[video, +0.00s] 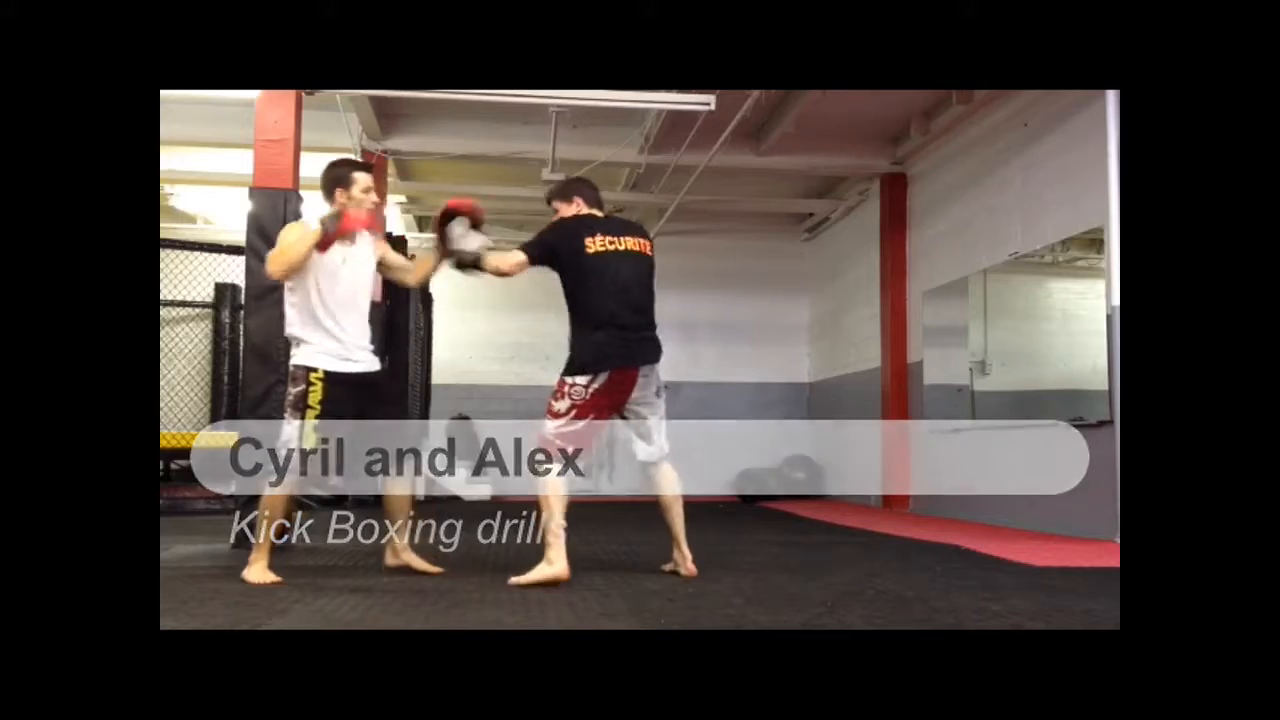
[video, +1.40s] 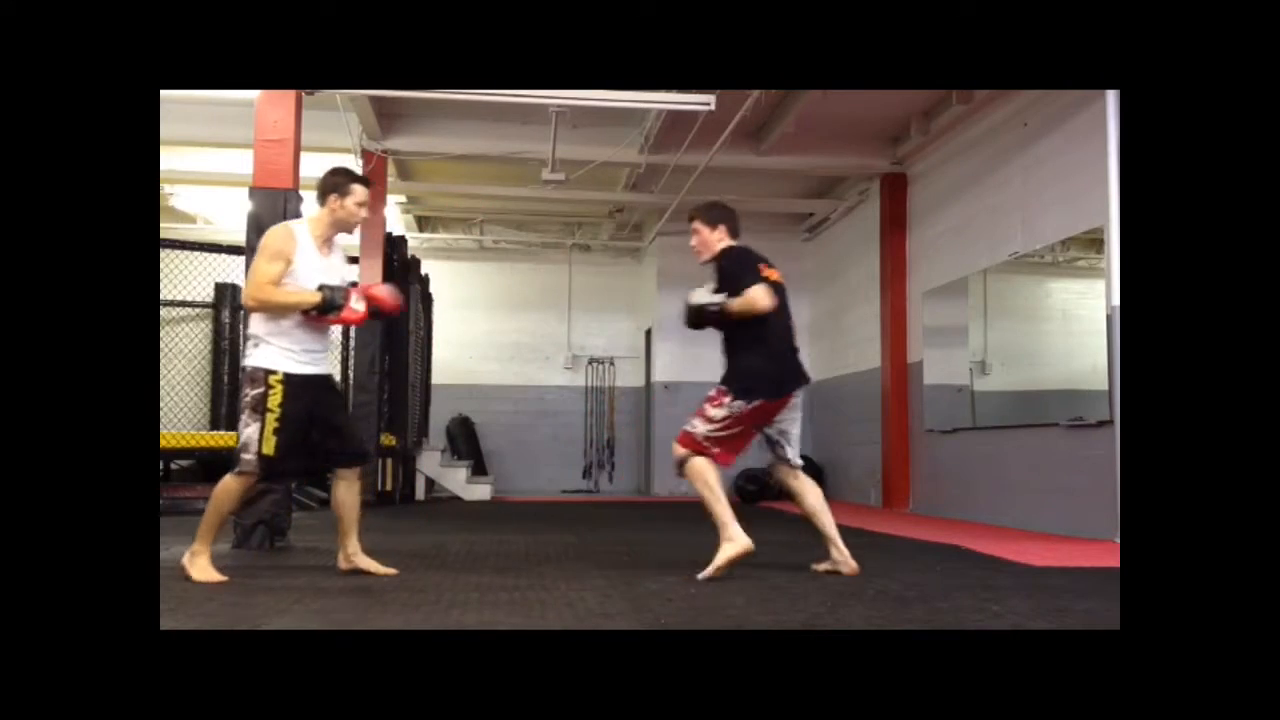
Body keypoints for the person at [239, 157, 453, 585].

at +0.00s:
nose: (373, 198)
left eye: (373, 191)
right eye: (365, 190)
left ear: (357, 196)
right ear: (339, 194)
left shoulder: (370, 241)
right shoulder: (304, 231)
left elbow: (412, 275)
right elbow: (276, 268)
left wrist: (445, 245)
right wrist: (325, 230)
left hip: (365, 365)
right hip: (315, 363)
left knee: (399, 452)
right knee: (294, 463)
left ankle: (399, 546)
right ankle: (259, 559)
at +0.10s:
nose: (380, 201)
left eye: (382, 194)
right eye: (372, 192)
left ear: (379, 201)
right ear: (347, 195)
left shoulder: (367, 247)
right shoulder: (314, 235)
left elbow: (396, 284)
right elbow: (326, 267)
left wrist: (412, 254)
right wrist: (353, 221)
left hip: (362, 367)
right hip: (318, 364)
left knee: (395, 451)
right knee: (300, 459)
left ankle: (396, 550)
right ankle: (260, 559)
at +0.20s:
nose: (389, 204)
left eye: (389, 197)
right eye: (383, 197)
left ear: (364, 200)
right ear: (360, 198)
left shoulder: (366, 242)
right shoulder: (343, 236)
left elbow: (384, 298)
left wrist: (405, 257)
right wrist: (403, 228)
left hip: (356, 369)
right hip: (325, 367)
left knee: (391, 454)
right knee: (312, 463)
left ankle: (396, 551)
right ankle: (260, 559)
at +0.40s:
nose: (387, 209)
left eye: (388, 201)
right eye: (382, 200)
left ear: (366, 203)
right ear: (357, 200)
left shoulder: (366, 249)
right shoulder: (332, 234)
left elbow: (386, 299)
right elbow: (370, 263)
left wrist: (414, 271)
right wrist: (406, 228)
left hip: (361, 371)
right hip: (323, 369)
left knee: (397, 455)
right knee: (308, 464)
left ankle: (397, 552)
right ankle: (259, 560)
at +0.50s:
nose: (384, 211)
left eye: (385, 203)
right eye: (378, 202)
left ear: (359, 204)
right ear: (352, 201)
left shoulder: (362, 250)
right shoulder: (317, 238)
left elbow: (392, 294)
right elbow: (328, 283)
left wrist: (429, 285)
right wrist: (378, 246)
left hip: (365, 372)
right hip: (322, 370)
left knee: (405, 456)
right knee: (303, 468)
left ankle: (399, 549)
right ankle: (259, 560)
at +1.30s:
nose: (383, 212)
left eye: (384, 205)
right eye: (378, 204)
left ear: (361, 203)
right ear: (352, 200)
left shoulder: (355, 247)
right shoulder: (301, 233)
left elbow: (365, 295)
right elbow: (266, 288)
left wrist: (409, 283)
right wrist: (330, 290)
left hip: (335, 369)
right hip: (289, 364)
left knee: (359, 459)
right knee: (257, 462)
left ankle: (352, 550)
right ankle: (200, 544)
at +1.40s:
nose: (365, 214)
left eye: (367, 206)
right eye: (360, 205)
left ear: (343, 204)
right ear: (333, 201)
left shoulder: (337, 254)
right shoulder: (284, 236)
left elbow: (321, 306)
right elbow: (254, 294)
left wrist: (360, 303)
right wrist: (322, 299)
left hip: (317, 374)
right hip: (273, 369)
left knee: (349, 461)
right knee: (251, 468)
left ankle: (350, 551)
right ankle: (198, 552)